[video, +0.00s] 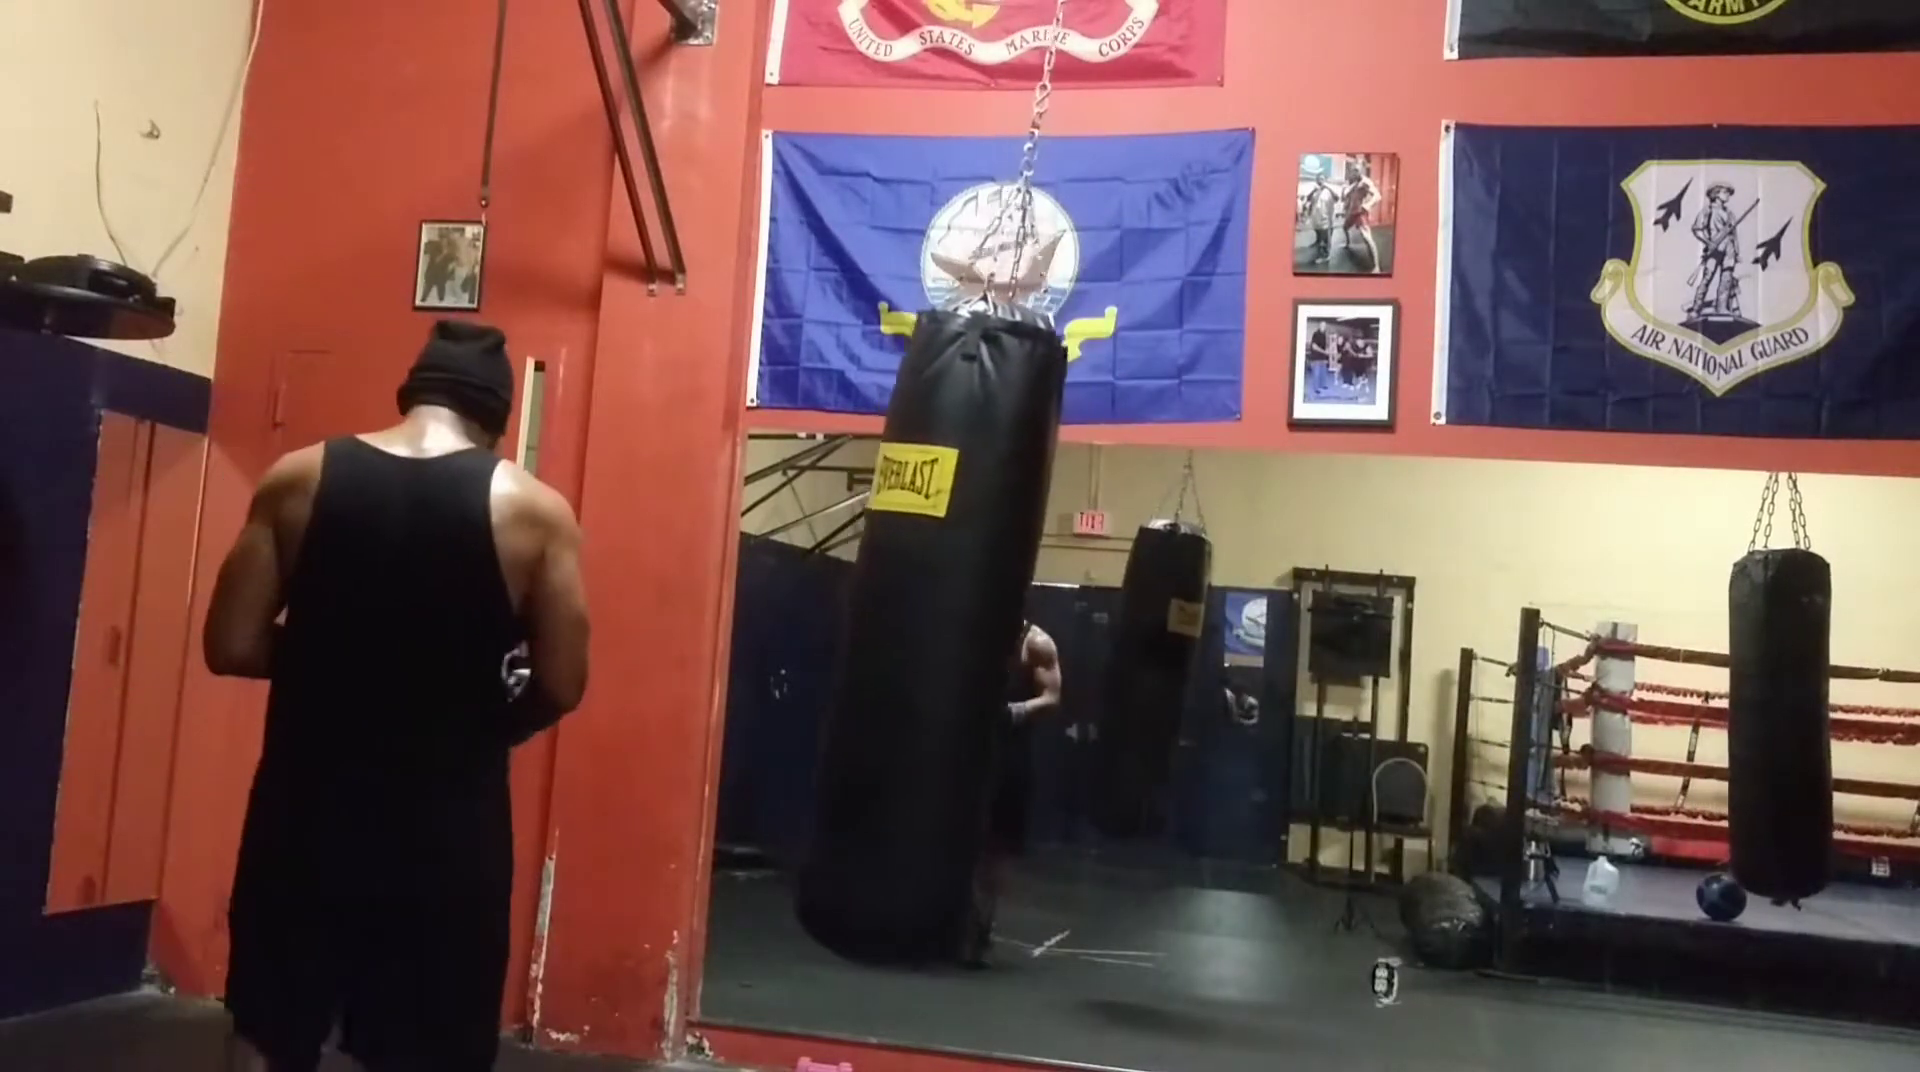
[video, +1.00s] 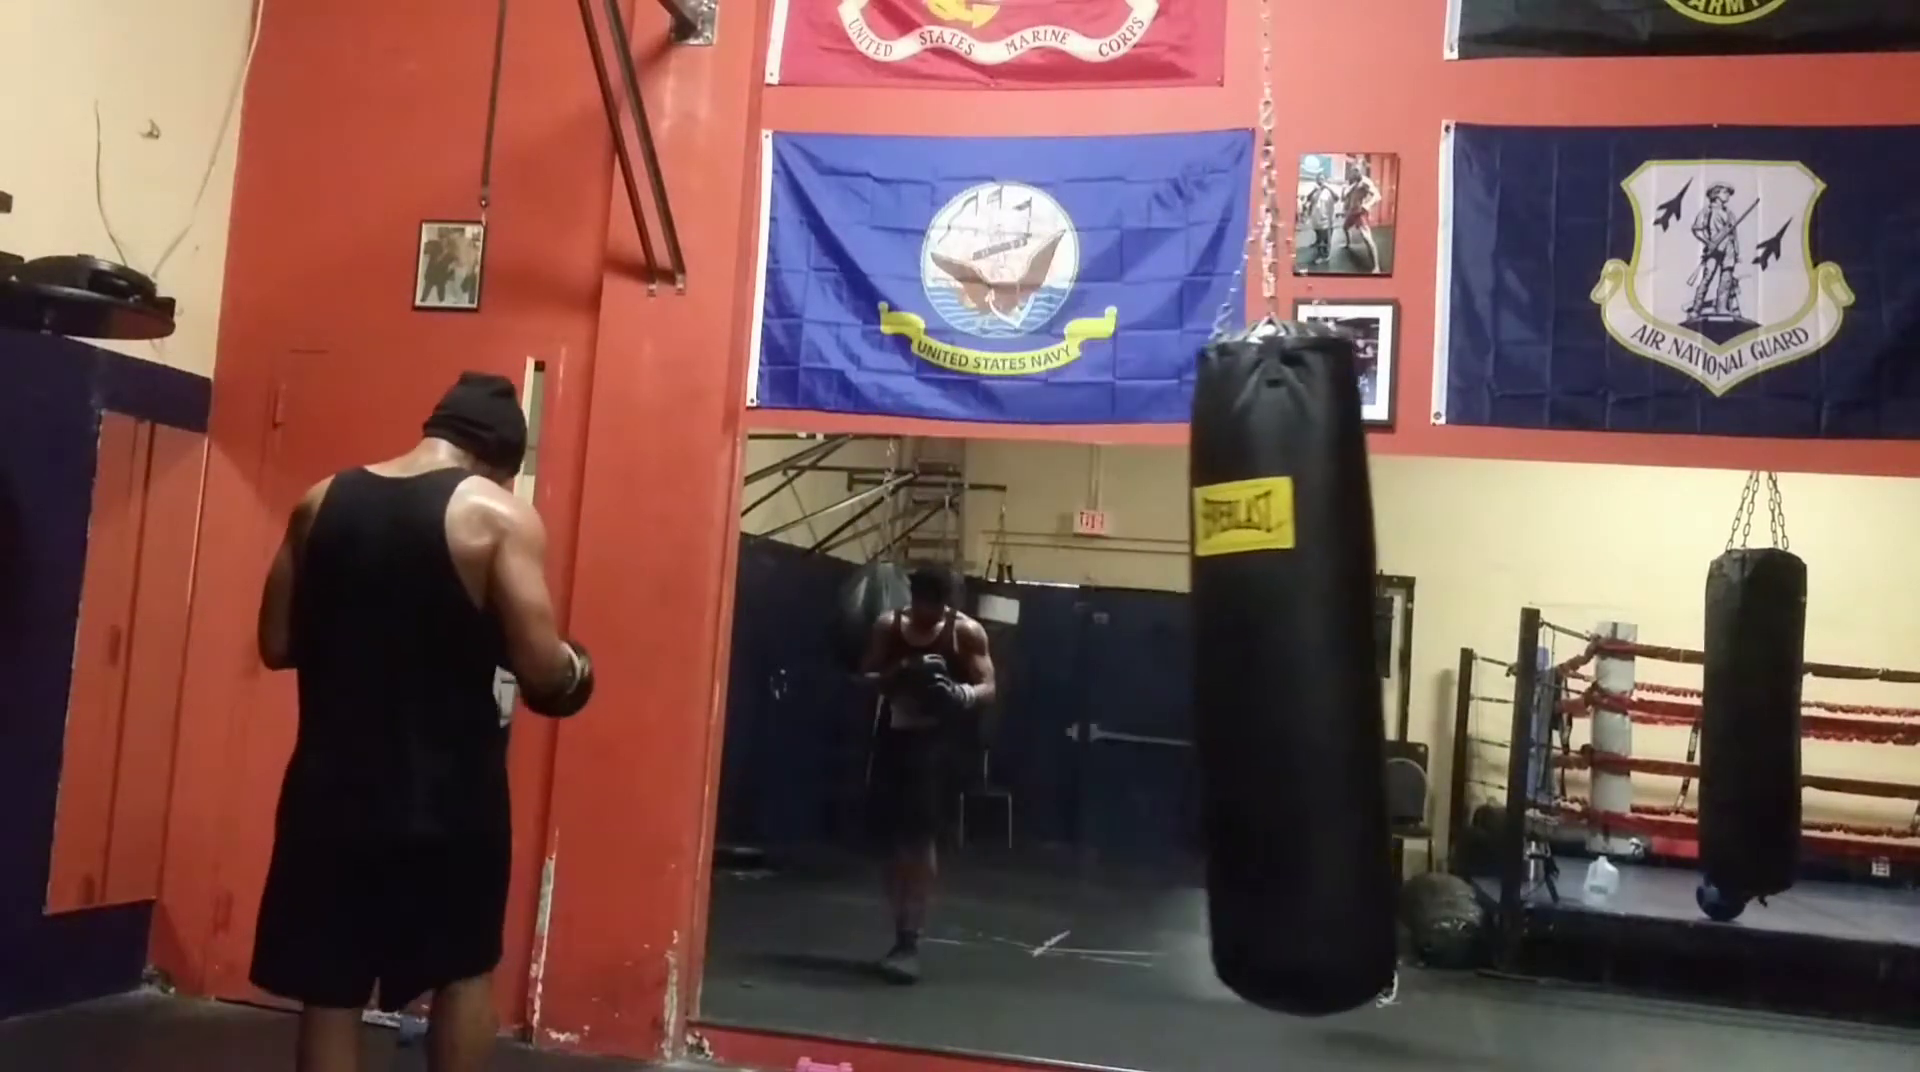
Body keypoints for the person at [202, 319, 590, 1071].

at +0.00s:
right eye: (501, 415)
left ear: (407, 396)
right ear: (501, 420)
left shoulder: (301, 477)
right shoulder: (538, 513)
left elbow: (231, 646)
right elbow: (560, 686)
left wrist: (337, 650)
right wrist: (474, 723)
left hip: (300, 830)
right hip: (443, 851)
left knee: (271, 1044)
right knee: (423, 1052)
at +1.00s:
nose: (508, 483)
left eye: (509, 470)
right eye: (511, 470)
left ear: (433, 432)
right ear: (503, 457)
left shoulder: (324, 499)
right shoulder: (502, 514)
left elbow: (276, 643)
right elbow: (539, 668)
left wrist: (366, 618)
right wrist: (573, 671)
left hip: (332, 785)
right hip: (450, 794)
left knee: (330, 997)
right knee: (464, 977)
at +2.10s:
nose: (603, 525)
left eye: (605, 513)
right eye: (608, 514)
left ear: (545, 468)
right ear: (606, 498)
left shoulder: (438, 524)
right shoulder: (591, 544)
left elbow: (390, 655)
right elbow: (618, 690)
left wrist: (471, 632)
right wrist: (651, 695)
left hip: (433, 780)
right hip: (527, 791)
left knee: (433, 958)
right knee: (509, 981)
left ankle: (408, 1062)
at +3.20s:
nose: (659, 543)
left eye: (665, 531)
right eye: (663, 529)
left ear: (602, 491)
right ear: (648, 508)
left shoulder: (512, 541)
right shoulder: (626, 555)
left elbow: (461, 661)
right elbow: (642, 680)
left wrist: (555, 641)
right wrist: (687, 695)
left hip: (490, 786)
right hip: (576, 791)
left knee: (512, 961)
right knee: (605, 950)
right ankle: (525, 1061)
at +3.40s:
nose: (674, 542)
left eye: (681, 530)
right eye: (678, 528)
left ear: (620, 492)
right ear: (659, 508)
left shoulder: (532, 540)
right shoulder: (635, 554)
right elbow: (647, 672)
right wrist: (698, 692)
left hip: (508, 766)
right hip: (591, 771)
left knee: (528, 933)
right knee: (664, 919)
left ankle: (514, 1063)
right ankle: (589, 1052)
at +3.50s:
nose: (688, 539)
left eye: (695, 527)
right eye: (692, 525)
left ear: (634, 489)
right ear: (674, 507)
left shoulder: (551, 538)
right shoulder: (640, 550)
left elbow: (566, 644)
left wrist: (660, 636)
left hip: (518, 767)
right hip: (599, 774)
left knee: (527, 943)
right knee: (655, 932)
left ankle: (513, 1065)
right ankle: (646, 1064)